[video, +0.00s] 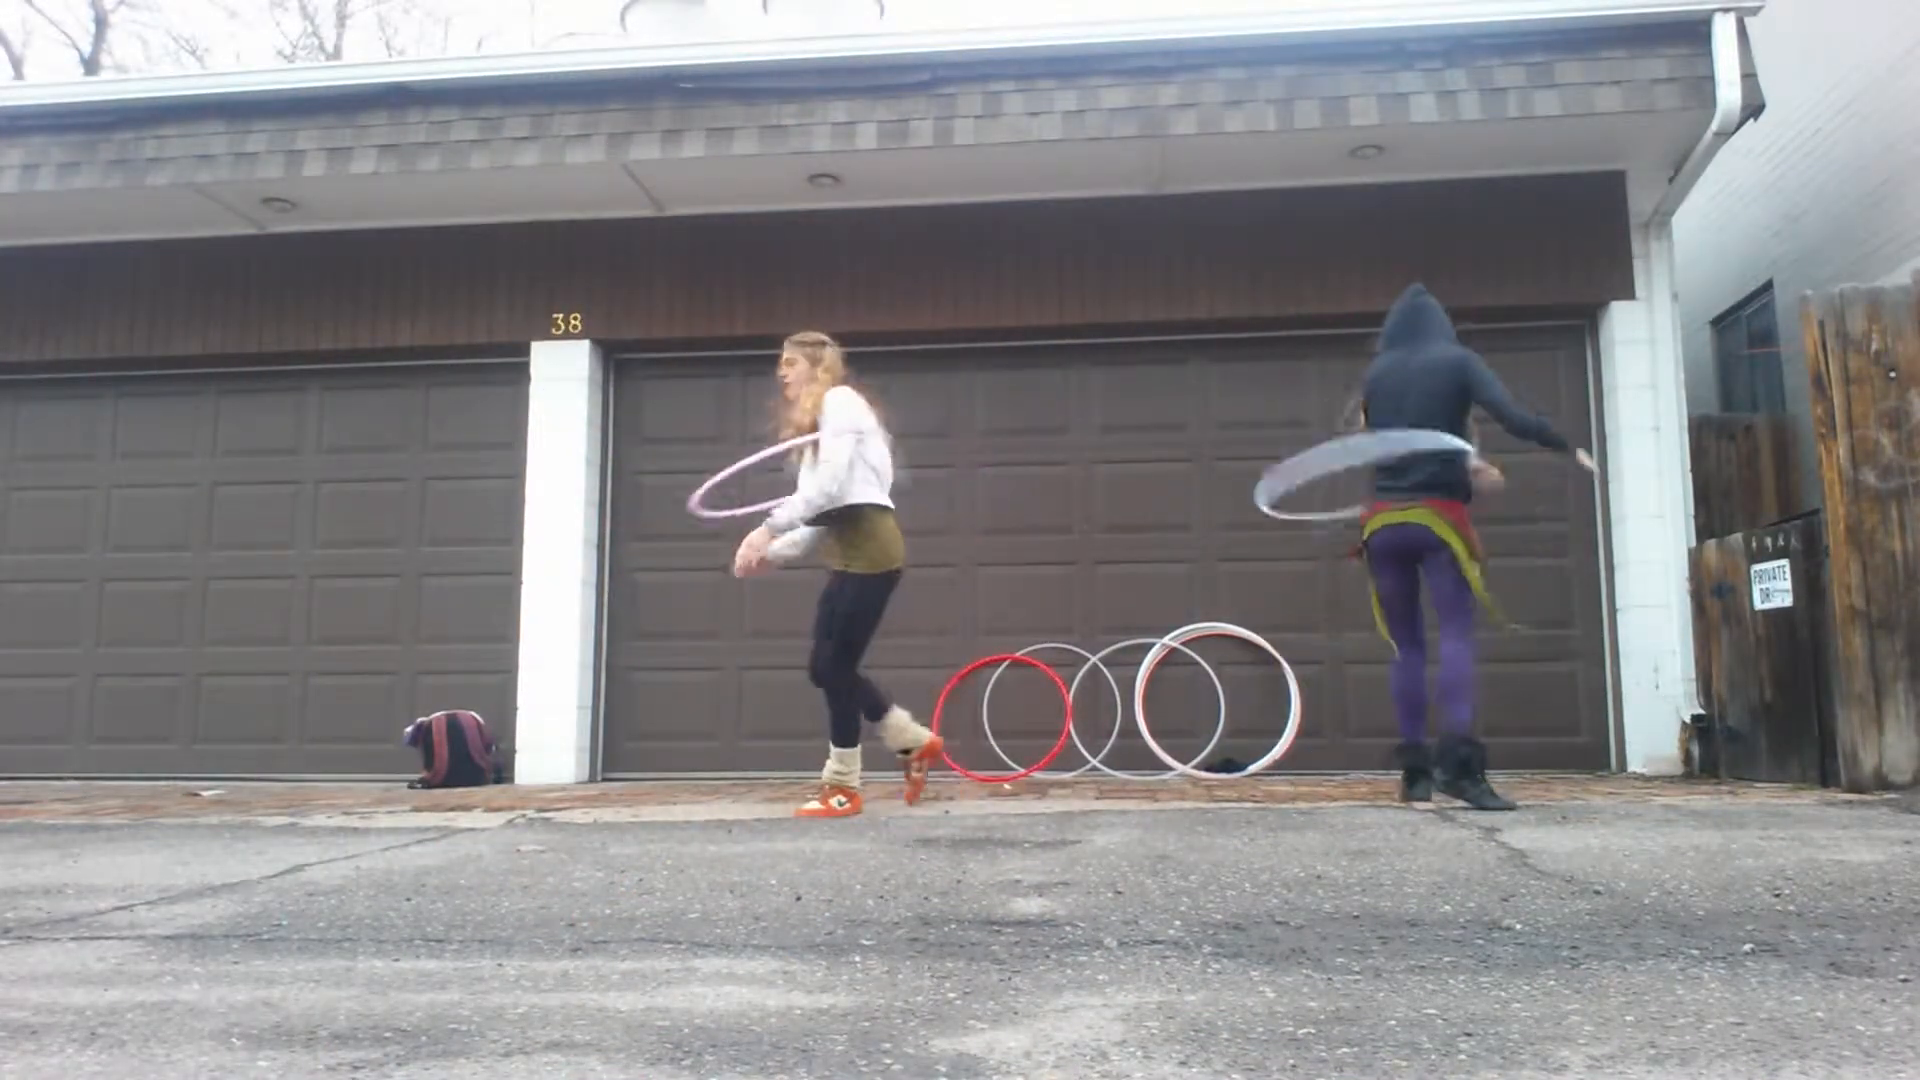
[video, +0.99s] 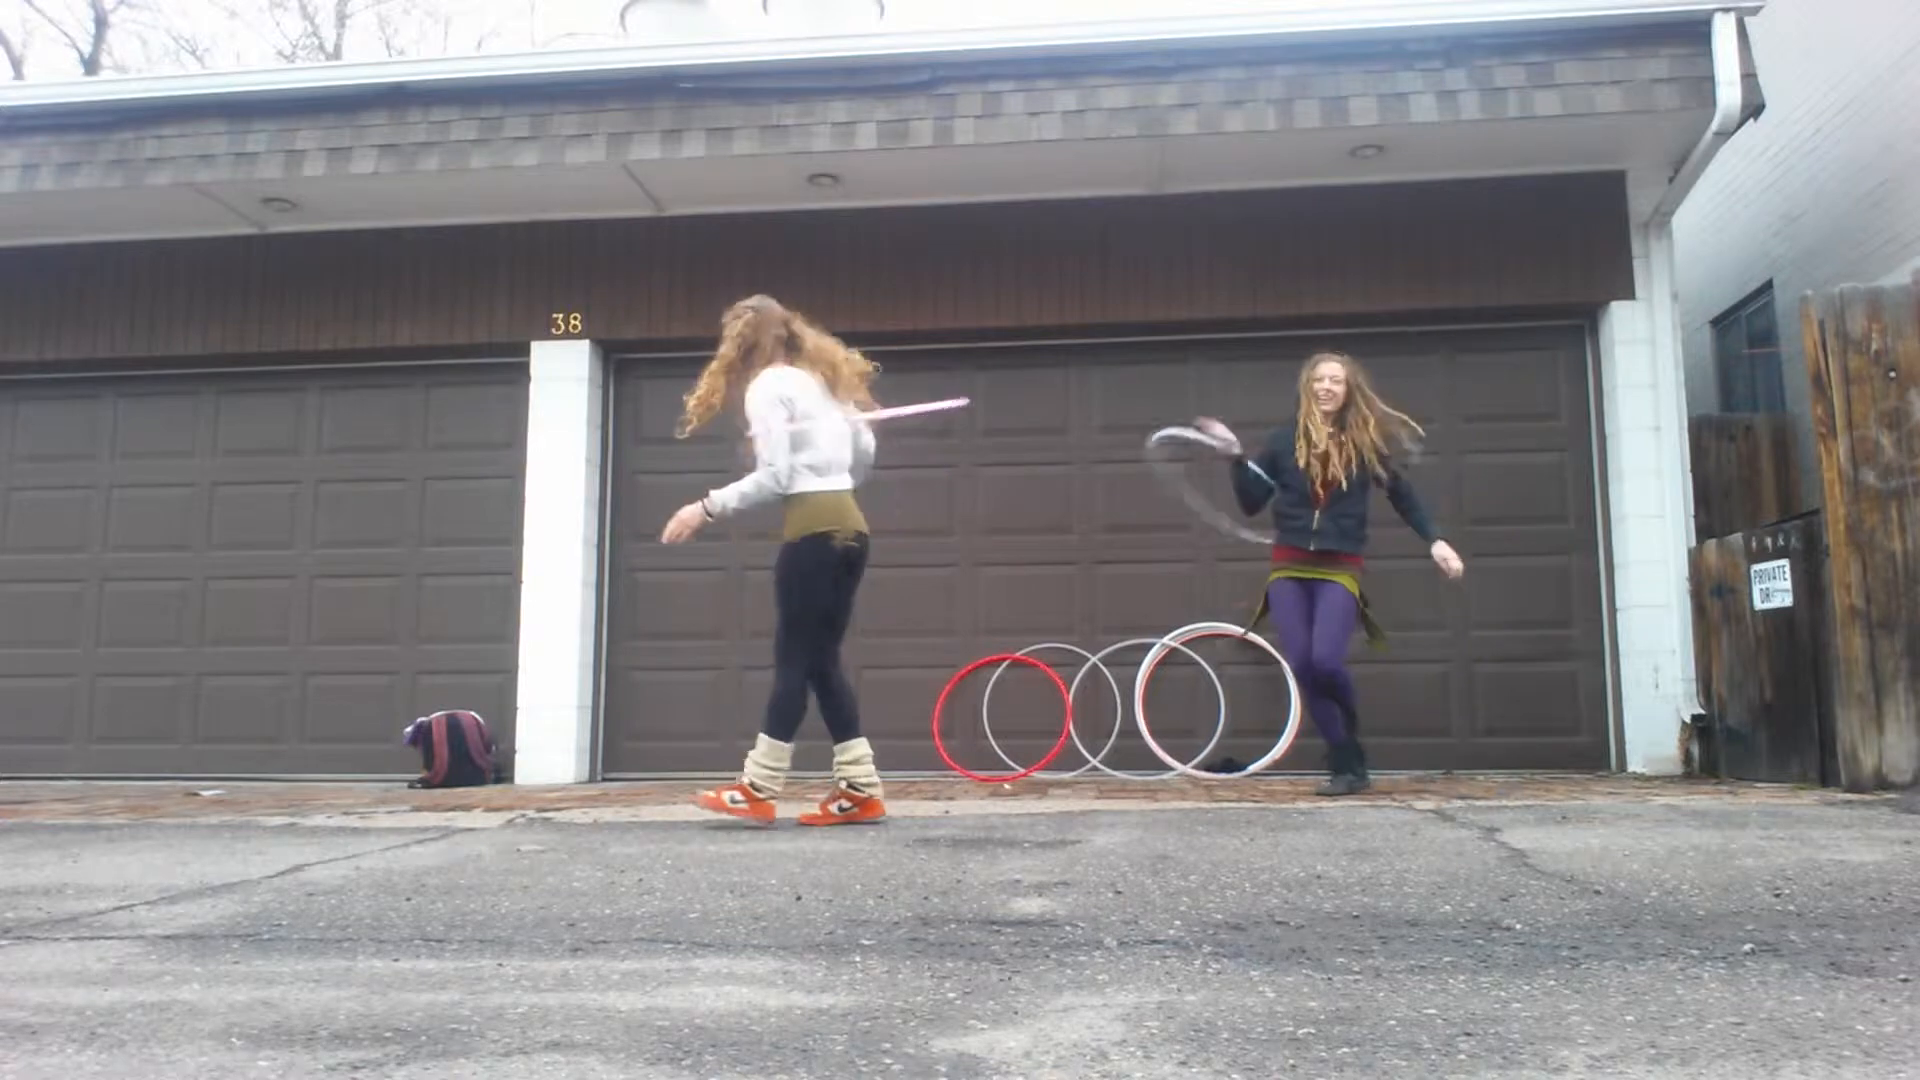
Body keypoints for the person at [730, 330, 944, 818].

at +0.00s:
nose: (783, 374)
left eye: (791, 365)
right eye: (782, 366)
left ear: (819, 366)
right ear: (799, 373)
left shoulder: (839, 402)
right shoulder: (826, 417)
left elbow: (830, 481)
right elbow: (822, 518)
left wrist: (766, 528)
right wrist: (771, 552)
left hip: (871, 550)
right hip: (851, 551)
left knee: (835, 667)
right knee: (827, 666)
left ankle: (842, 788)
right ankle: (915, 741)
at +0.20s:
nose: (792, 364)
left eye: (800, 356)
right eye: (783, 357)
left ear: (819, 364)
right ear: (771, 367)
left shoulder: (851, 413)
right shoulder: (762, 423)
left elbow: (872, 476)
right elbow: (759, 485)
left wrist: (871, 495)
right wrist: (749, 516)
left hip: (853, 551)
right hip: (798, 553)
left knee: (823, 671)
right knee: (783, 663)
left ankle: (843, 785)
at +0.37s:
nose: (822, 350)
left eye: (825, 344)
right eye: (810, 342)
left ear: (827, 359)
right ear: (781, 353)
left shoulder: (828, 417)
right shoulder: (750, 401)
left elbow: (841, 491)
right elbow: (715, 473)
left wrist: (892, 493)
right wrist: (747, 512)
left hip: (820, 548)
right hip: (769, 546)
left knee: (822, 667)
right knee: (768, 671)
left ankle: (814, 785)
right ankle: (714, 790)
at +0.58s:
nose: (825, 341)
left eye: (824, 332)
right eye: (819, 332)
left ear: (782, 336)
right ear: (796, 336)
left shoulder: (762, 383)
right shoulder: (789, 383)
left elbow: (782, 479)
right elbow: (808, 472)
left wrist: (842, 519)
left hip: (757, 530)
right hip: (781, 530)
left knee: (781, 660)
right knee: (804, 661)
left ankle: (739, 773)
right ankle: (719, 757)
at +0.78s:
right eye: (808, 328)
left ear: (755, 337)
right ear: (807, 332)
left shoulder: (734, 390)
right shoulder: (826, 371)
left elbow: (728, 468)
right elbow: (850, 445)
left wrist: (728, 518)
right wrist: (869, 488)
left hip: (756, 520)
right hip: (817, 516)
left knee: (754, 656)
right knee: (814, 655)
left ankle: (727, 779)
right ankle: (828, 756)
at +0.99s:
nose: (729, 352)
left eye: (732, 342)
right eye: (730, 342)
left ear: (744, 341)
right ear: (788, 337)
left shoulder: (765, 386)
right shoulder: (823, 381)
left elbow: (775, 475)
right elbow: (862, 452)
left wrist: (706, 507)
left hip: (811, 533)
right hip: (850, 530)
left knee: (794, 659)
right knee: (823, 659)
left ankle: (758, 788)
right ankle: (860, 787)